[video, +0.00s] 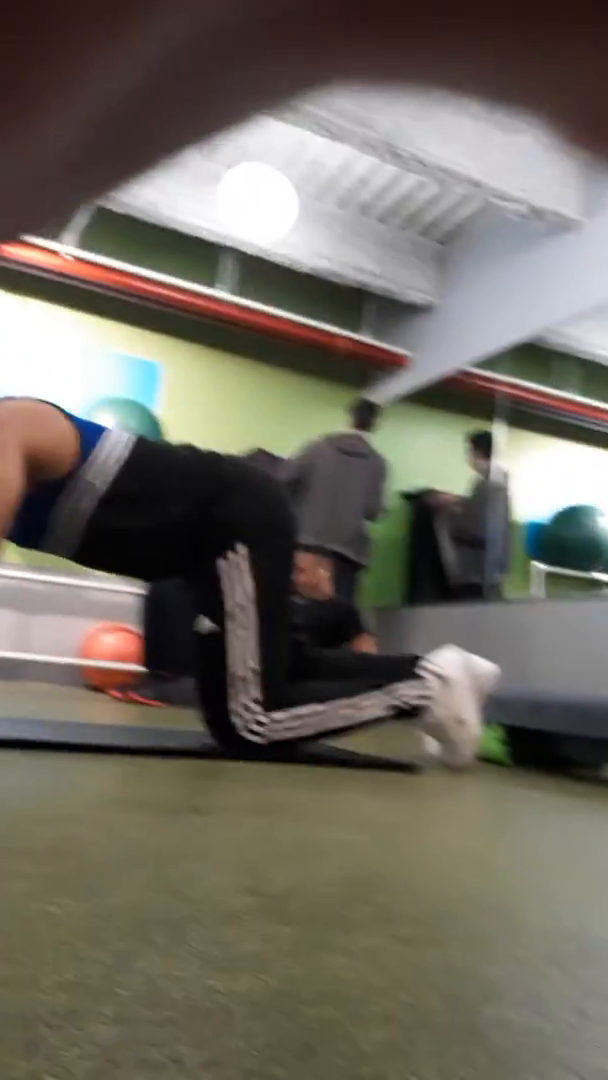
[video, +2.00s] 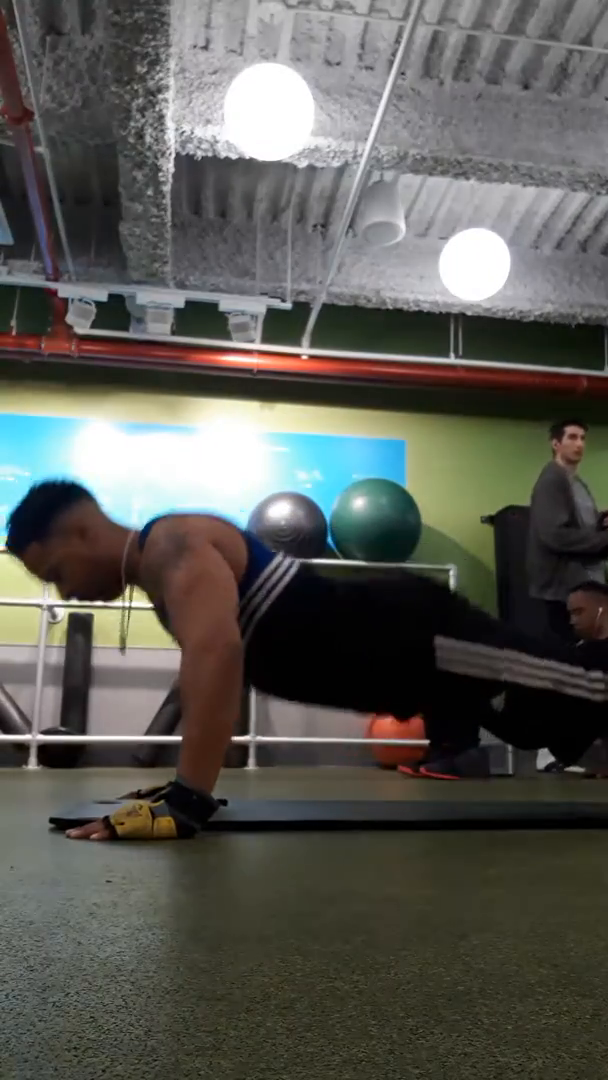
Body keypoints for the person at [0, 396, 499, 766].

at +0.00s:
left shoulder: (17, 427)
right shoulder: (19, 430)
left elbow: (8, 519)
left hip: (233, 520)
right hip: (228, 520)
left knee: (247, 722)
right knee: (272, 681)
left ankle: (425, 687)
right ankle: (436, 676)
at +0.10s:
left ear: (1, 438)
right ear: (6, 437)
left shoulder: (51, 456)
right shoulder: (31, 464)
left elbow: (14, 590)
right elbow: (16, 590)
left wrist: (7, 666)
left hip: (280, 544)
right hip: (261, 557)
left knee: (298, 744)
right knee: (302, 715)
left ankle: (476, 714)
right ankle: (484, 704)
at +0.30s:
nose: (14, 510)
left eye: (10, 490)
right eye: (5, 498)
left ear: (43, 450)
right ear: (43, 455)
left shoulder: (123, 477)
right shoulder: (108, 494)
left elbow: (93, 612)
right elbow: (87, 615)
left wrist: (36, 746)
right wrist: (39, 743)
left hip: (352, 567)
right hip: (332, 580)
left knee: (386, 765)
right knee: (369, 756)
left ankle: (567, 725)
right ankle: (555, 723)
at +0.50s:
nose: (80, 538)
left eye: (74, 519)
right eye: (69, 528)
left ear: (109, 476)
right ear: (107, 482)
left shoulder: (185, 495)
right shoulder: (175, 511)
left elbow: (160, 631)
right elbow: (159, 637)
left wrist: (107, 768)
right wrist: (114, 760)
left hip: (422, 578)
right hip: (404, 588)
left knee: (464, 777)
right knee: (448, 767)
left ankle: (601, 735)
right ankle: (589, 716)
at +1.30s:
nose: (105, 579)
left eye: (94, 562)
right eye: (91, 571)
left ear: (118, 515)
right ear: (121, 515)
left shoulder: (212, 517)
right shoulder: (203, 531)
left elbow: (220, 663)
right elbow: (220, 666)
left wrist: (187, 798)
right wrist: (188, 793)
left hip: (440, 605)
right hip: (427, 617)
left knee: (554, 787)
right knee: (534, 774)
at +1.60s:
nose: (78, 574)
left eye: (67, 555)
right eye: (64, 564)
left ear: (95, 510)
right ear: (99, 511)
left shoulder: (189, 515)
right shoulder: (184, 531)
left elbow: (213, 654)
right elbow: (211, 660)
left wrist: (189, 797)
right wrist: (184, 793)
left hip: (428, 594)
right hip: (418, 610)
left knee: (591, 703)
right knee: (553, 742)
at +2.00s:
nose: (63, 594)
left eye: (53, 575)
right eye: (48, 583)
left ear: (78, 534)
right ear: (83, 532)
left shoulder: (174, 543)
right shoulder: (165, 565)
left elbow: (217, 652)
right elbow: (219, 673)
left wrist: (187, 798)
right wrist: (186, 798)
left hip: (421, 642)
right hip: (410, 658)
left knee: (590, 697)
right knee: (568, 712)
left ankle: (591, 622)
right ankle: (588, 626)